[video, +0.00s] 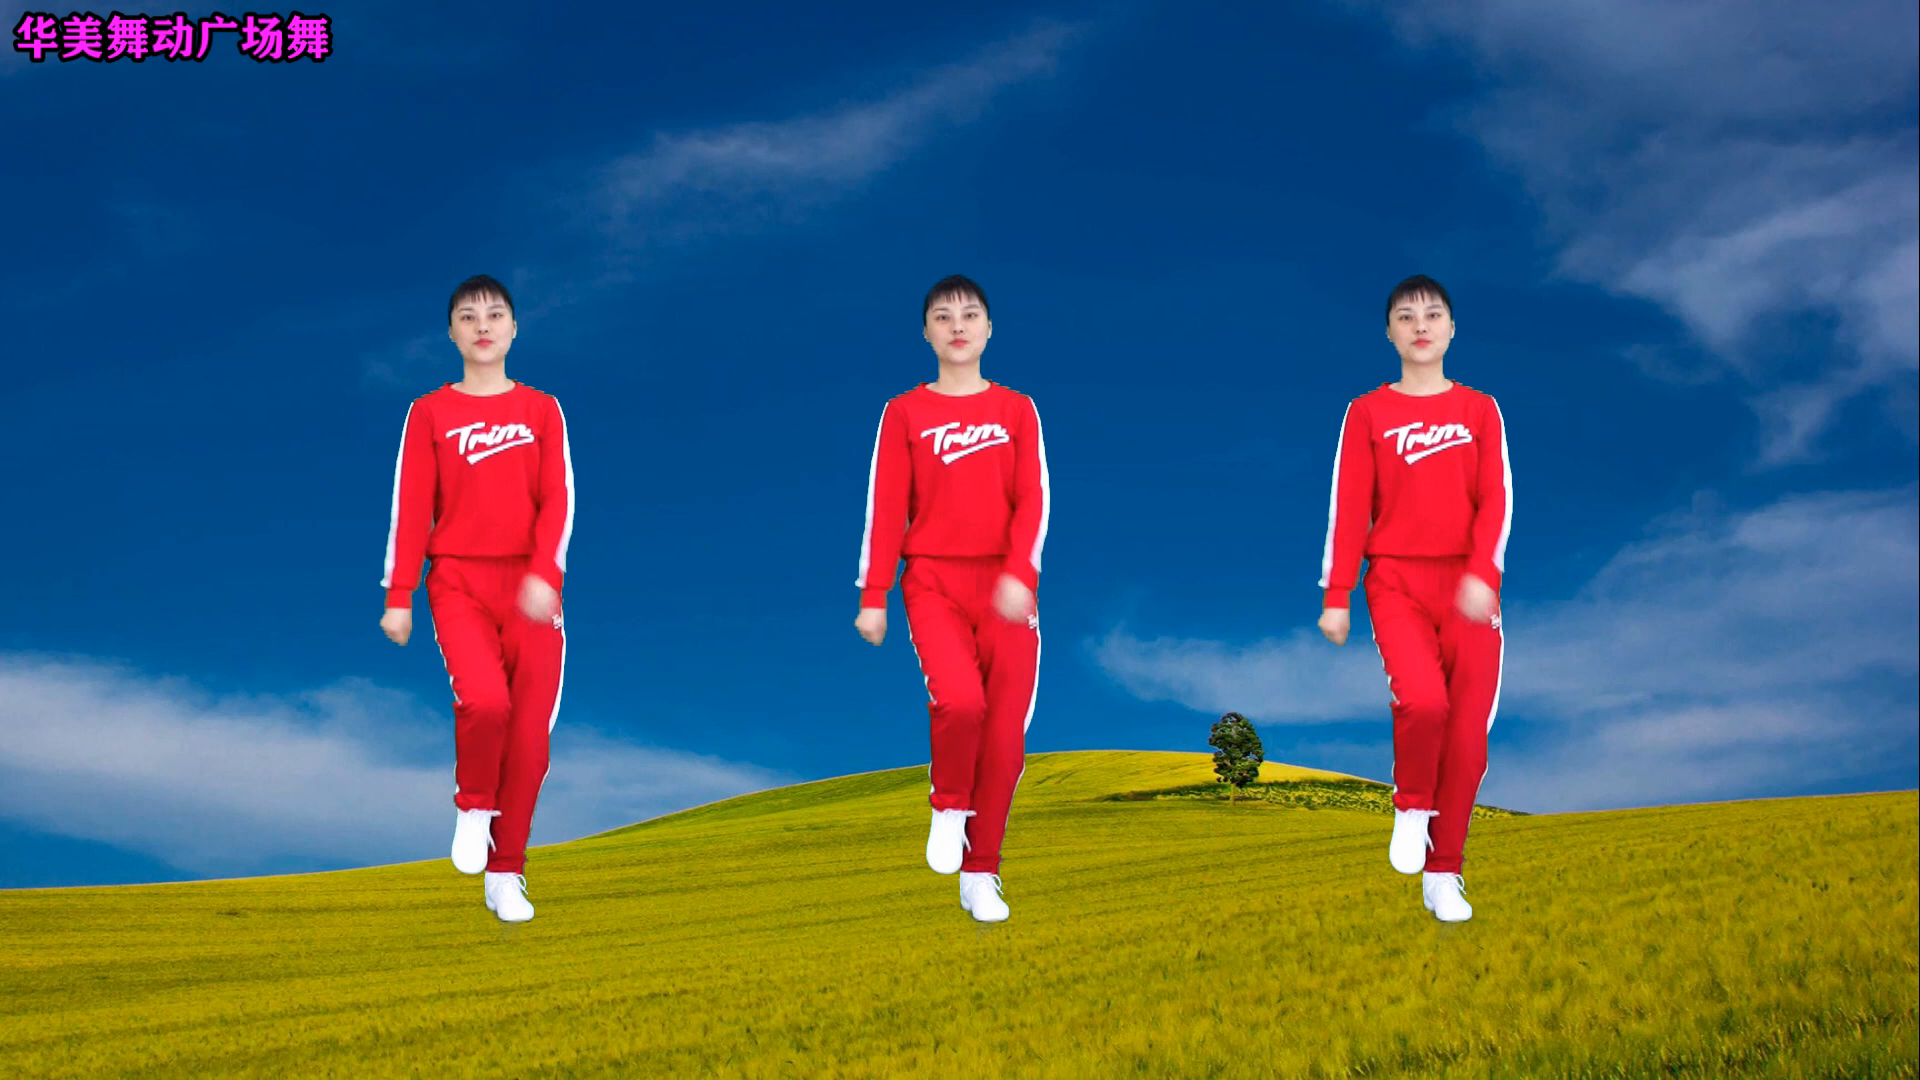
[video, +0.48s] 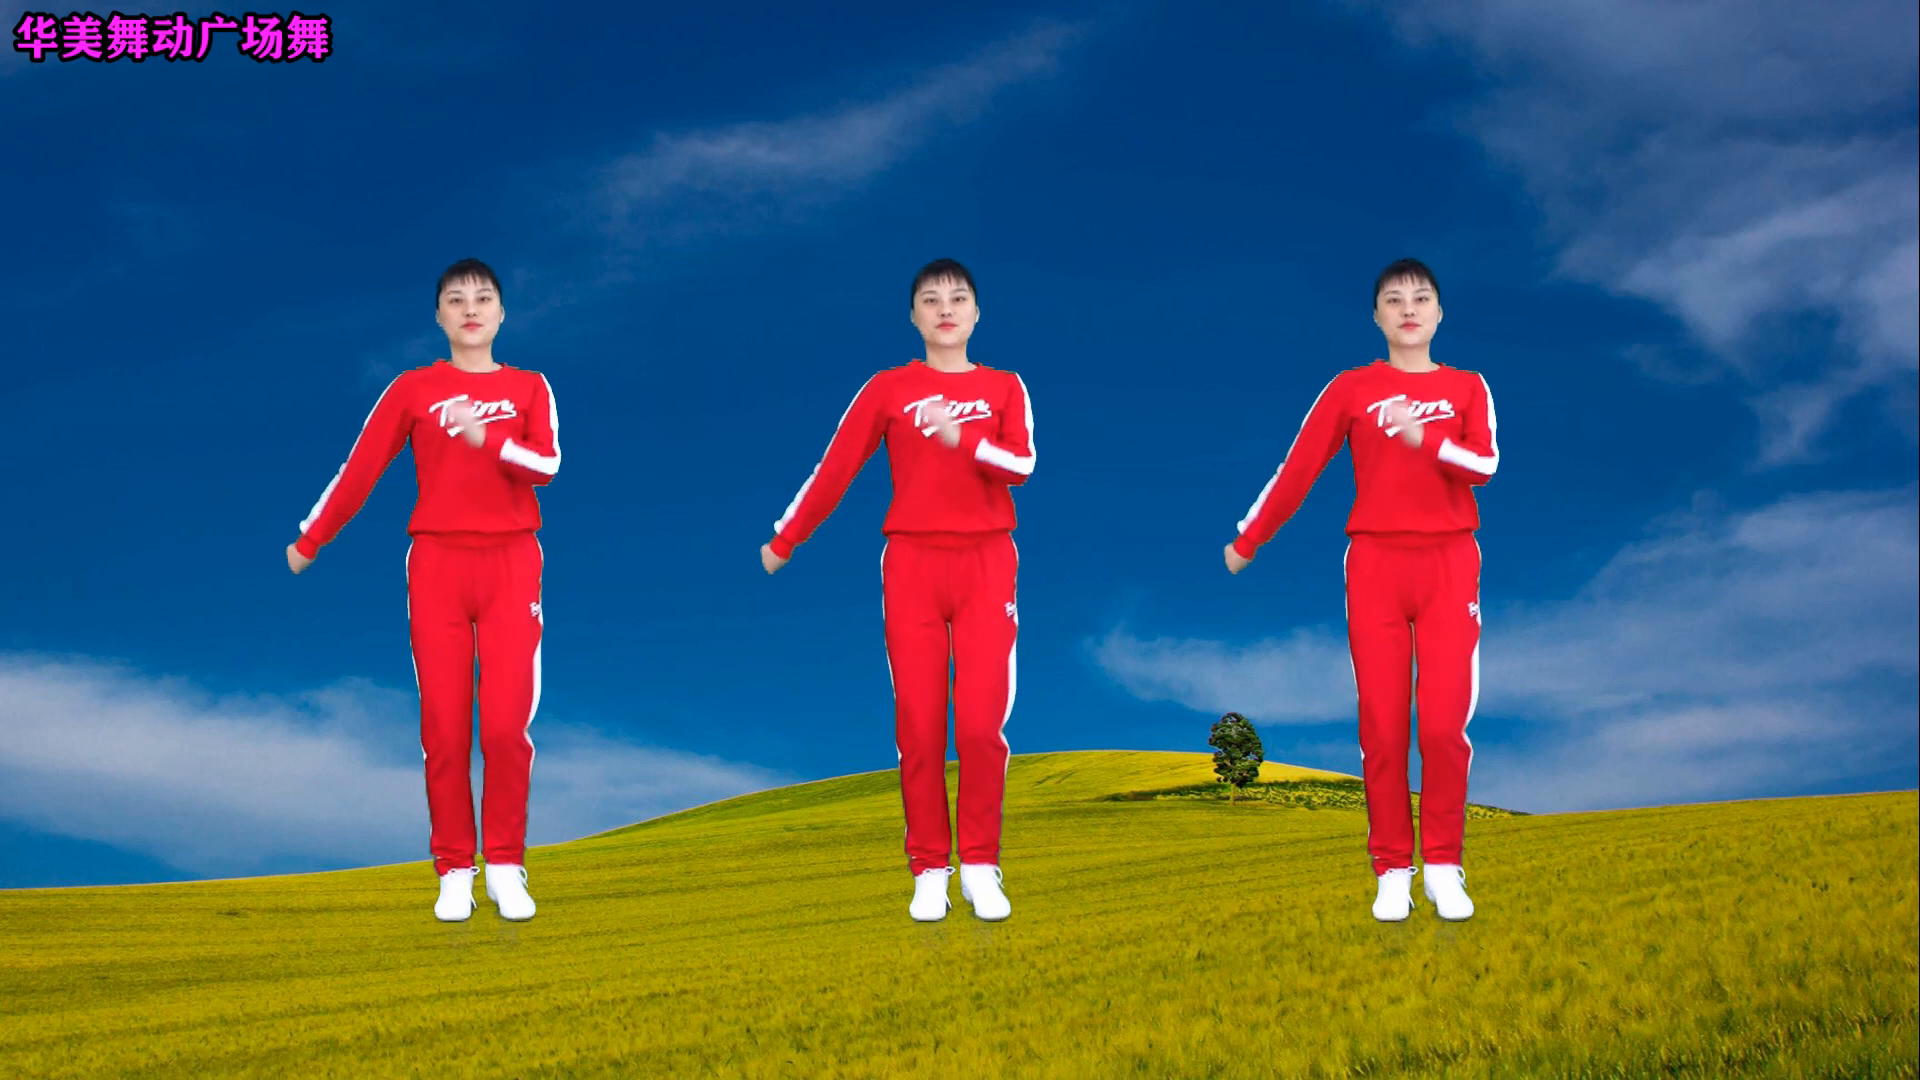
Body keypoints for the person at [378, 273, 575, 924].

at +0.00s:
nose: (482, 325)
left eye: (494, 315)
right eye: (469, 317)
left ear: (513, 328)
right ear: (453, 332)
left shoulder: (544, 409)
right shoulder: (429, 411)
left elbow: (559, 500)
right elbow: (410, 507)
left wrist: (545, 574)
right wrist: (399, 596)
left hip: (532, 582)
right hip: (457, 582)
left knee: (533, 727)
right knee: (487, 703)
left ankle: (507, 868)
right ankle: (474, 807)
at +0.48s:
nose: (471, 309)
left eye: (483, 299)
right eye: (457, 301)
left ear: (501, 312)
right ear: (440, 316)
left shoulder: (530, 387)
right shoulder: (412, 389)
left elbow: (547, 465)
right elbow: (359, 469)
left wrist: (488, 437)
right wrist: (309, 539)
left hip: (512, 564)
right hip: (437, 565)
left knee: (507, 724)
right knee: (445, 725)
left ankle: (505, 863)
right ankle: (454, 867)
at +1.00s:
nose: (466, 312)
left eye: (479, 303)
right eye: (455, 302)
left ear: (497, 314)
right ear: (437, 314)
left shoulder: (526, 388)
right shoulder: (409, 393)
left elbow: (590, 449)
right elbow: (359, 479)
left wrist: (632, 525)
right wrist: (405, 425)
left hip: (506, 569)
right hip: (429, 570)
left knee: (497, 733)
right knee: (439, 732)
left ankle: (495, 870)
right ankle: (452, 869)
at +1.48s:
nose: (472, 313)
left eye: (483, 302)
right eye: (459, 304)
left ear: (502, 312)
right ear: (442, 318)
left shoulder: (534, 391)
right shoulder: (418, 399)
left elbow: (563, 474)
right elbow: (378, 485)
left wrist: (511, 498)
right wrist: (350, 570)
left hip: (524, 573)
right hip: (447, 571)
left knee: (517, 724)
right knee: (475, 696)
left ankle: (497, 868)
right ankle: (466, 807)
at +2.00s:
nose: (463, 322)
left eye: (475, 312)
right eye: (450, 313)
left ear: (494, 324)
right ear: (434, 325)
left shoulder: (523, 401)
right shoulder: (408, 407)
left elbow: (524, 491)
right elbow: (392, 496)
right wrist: (382, 579)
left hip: (494, 581)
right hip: (422, 579)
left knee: (478, 721)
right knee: (430, 735)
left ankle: (493, 831)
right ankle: (453, 868)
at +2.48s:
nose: (465, 307)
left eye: (478, 298)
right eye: (451, 298)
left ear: (496, 314)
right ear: (434, 314)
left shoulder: (528, 388)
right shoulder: (408, 399)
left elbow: (587, 464)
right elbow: (381, 489)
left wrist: (643, 532)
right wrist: (431, 461)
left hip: (506, 570)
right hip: (430, 571)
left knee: (496, 731)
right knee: (441, 732)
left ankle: (494, 870)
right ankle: (455, 869)